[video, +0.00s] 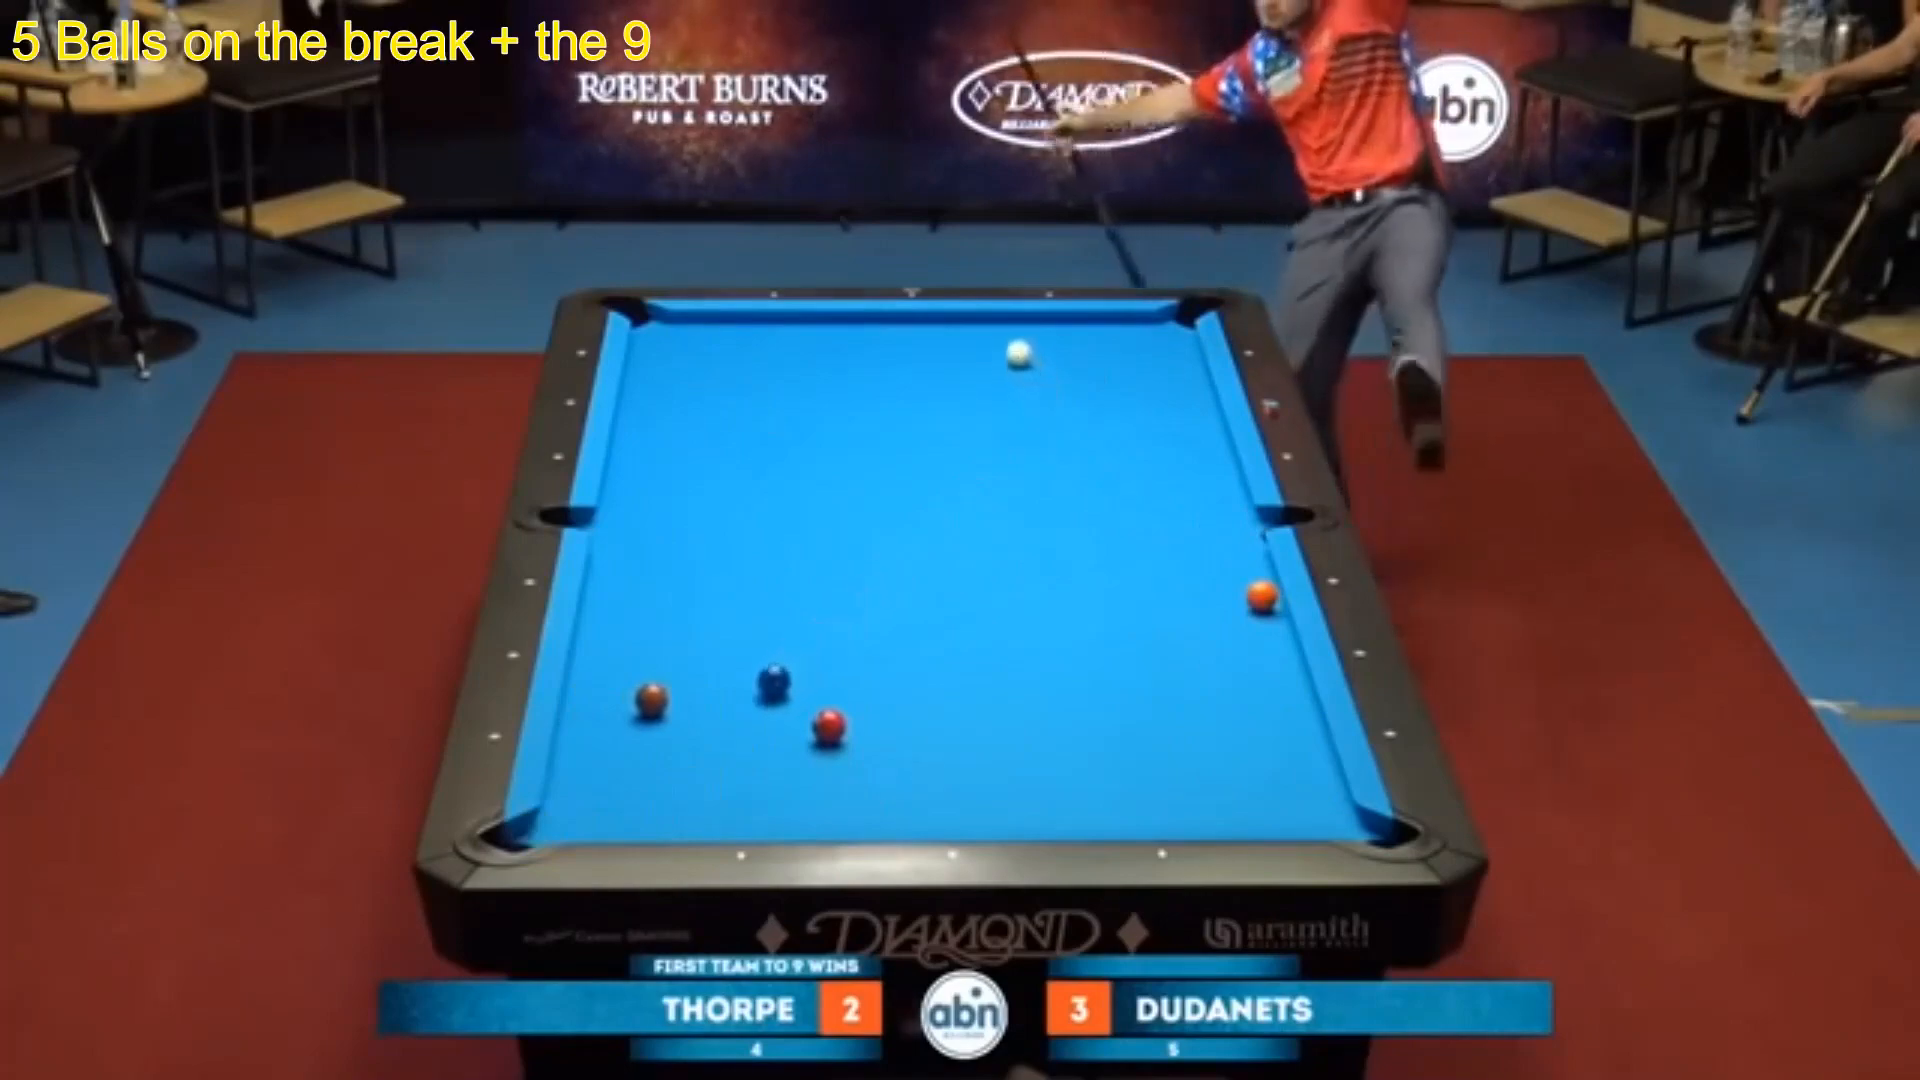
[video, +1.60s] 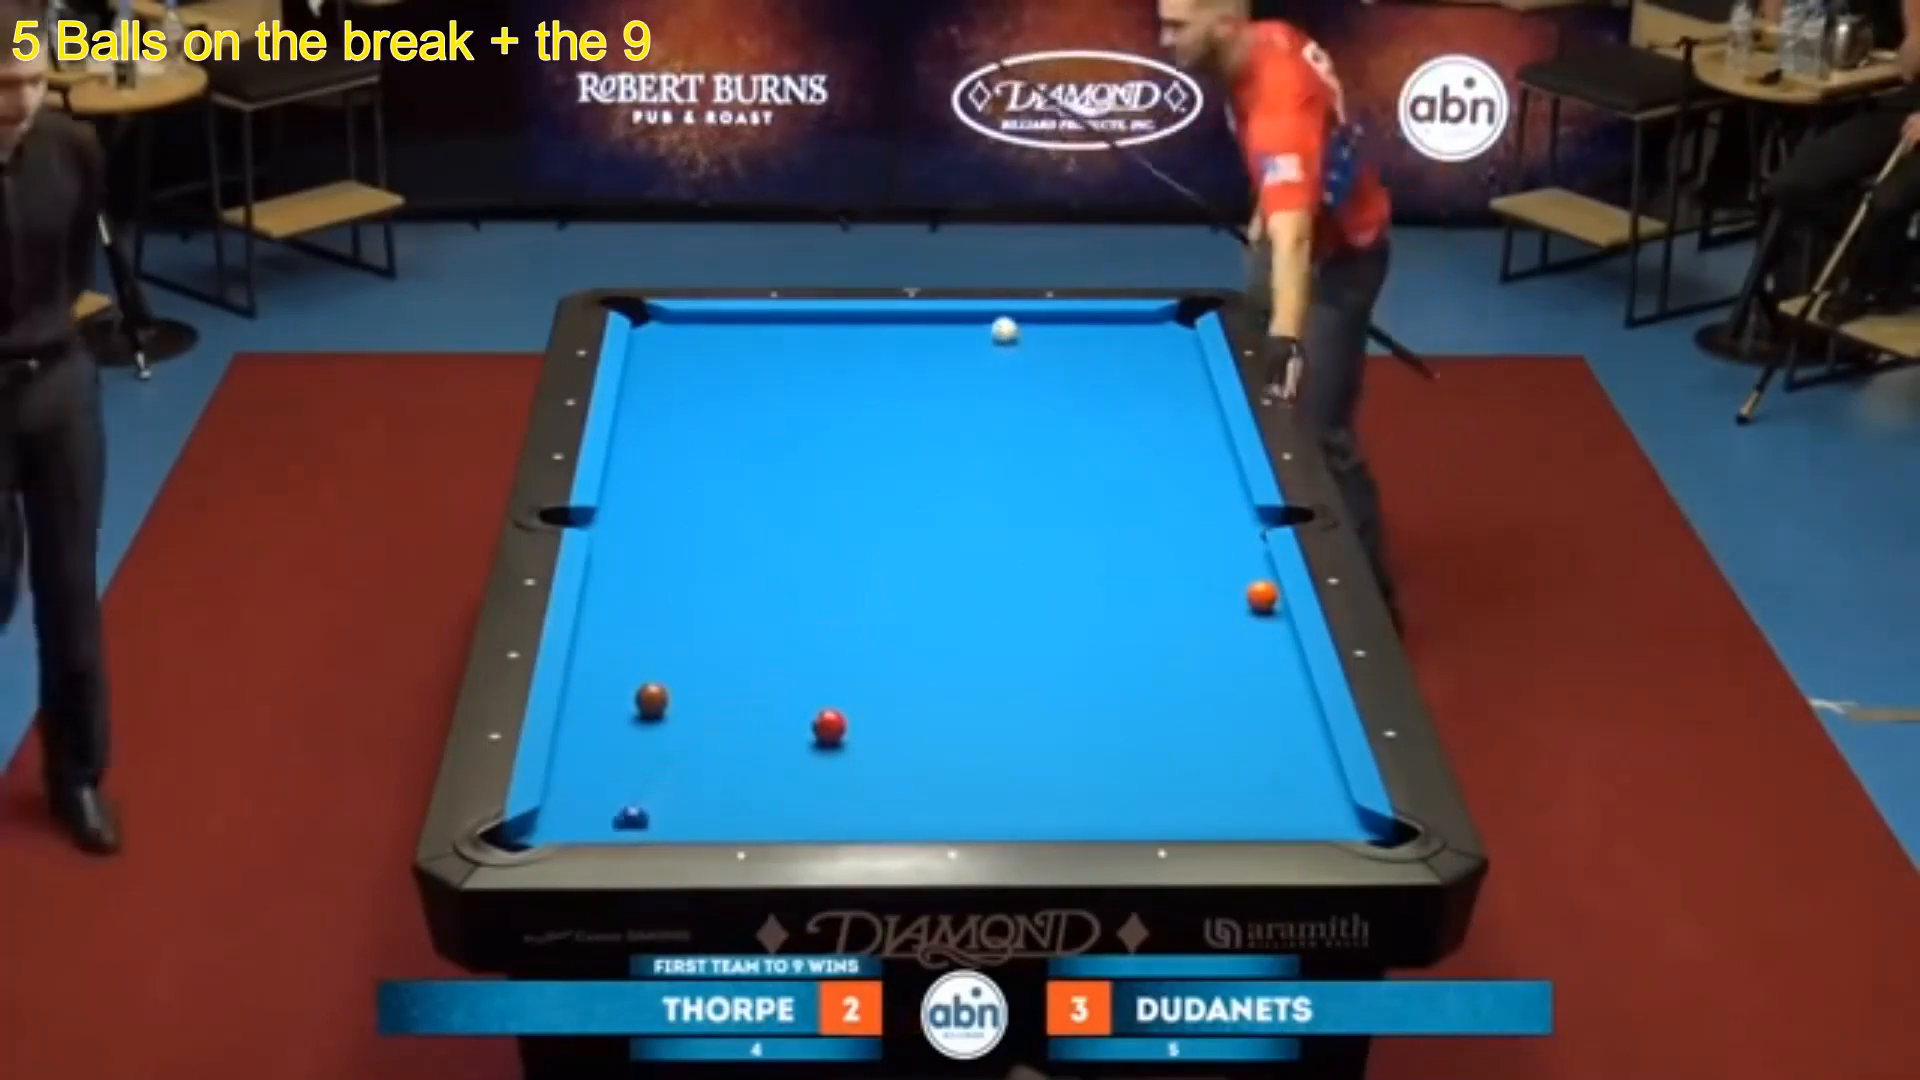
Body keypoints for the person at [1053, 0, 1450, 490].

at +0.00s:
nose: (1269, 7)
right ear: (1252, 3)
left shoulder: (1367, 16)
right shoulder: (1256, 65)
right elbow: (1175, 99)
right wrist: (1086, 120)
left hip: (1406, 203)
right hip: (1328, 224)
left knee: (1408, 292)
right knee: (1295, 374)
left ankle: (1423, 416)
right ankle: (1320, 518)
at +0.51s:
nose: (1264, 9)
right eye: (1256, 0)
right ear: (1249, 6)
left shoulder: (1362, 19)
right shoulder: (1257, 78)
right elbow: (1191, 133)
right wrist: (1106, 163)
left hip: (1406, 220)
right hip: (1329, 235)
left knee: (1399, 337)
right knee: (1290, 380)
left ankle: (1404, 505)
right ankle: (1317, 523)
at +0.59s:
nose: (1265, 6)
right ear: (1253, 6)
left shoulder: (1360, 25)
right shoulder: (1259, 74)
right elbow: (1202, 145)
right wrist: (1120, 193)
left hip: (1403, 225)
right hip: (1327, 238)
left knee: (1390, 356)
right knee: (1289, 381)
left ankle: (1401, 536)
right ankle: (1317, 533)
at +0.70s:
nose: (1265, 8)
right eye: (1256, 1)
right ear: (1251, 6)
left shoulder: (1363, 14)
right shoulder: (1264, 70)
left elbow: (1406, 75)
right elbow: (1240, 162)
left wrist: (1390, 166)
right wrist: (1176, 244)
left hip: (1394, 231)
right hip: (1317, 242)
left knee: (1368, 392)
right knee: (1288, 398)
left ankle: (1382, 566)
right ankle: (1308, 558)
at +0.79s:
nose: (1264, 7)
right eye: (1257, 1)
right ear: (1258, 7)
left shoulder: (1372, 41)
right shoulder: (1275, 64)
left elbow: (1419, 142)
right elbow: (1267, 173)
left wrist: (1406, 257)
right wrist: (1228, 263)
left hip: (1378, 248)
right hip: (1311, 250)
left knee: (1354, 423)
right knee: (1283, 405)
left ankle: (1373, 590)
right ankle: (1305, 571)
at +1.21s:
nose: (1273, 42)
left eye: (1287, 25)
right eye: (1261, 28)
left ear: (1326, 12)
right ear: (1250, 20)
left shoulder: (1366, 94)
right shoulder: (1306, 57)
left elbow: (1385, 236)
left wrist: (1355, 347)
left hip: (1369, 271)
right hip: (1316, 249)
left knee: (1334, 441)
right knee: (1271, 389)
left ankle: (1365, 596)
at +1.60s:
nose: (1166, 41)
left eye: (1178, 26)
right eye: (1164, 26)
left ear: (1226, 19)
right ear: (1217, 21)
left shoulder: (1280, 84)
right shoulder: (1253, 47)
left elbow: (1293, 232)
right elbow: (1282, 133)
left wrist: (1285, 350)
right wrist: (1268, 204)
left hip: (1341, 249)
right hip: (1280, 236)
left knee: (1320, 429)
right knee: (1263, 398)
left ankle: (1370, 599)